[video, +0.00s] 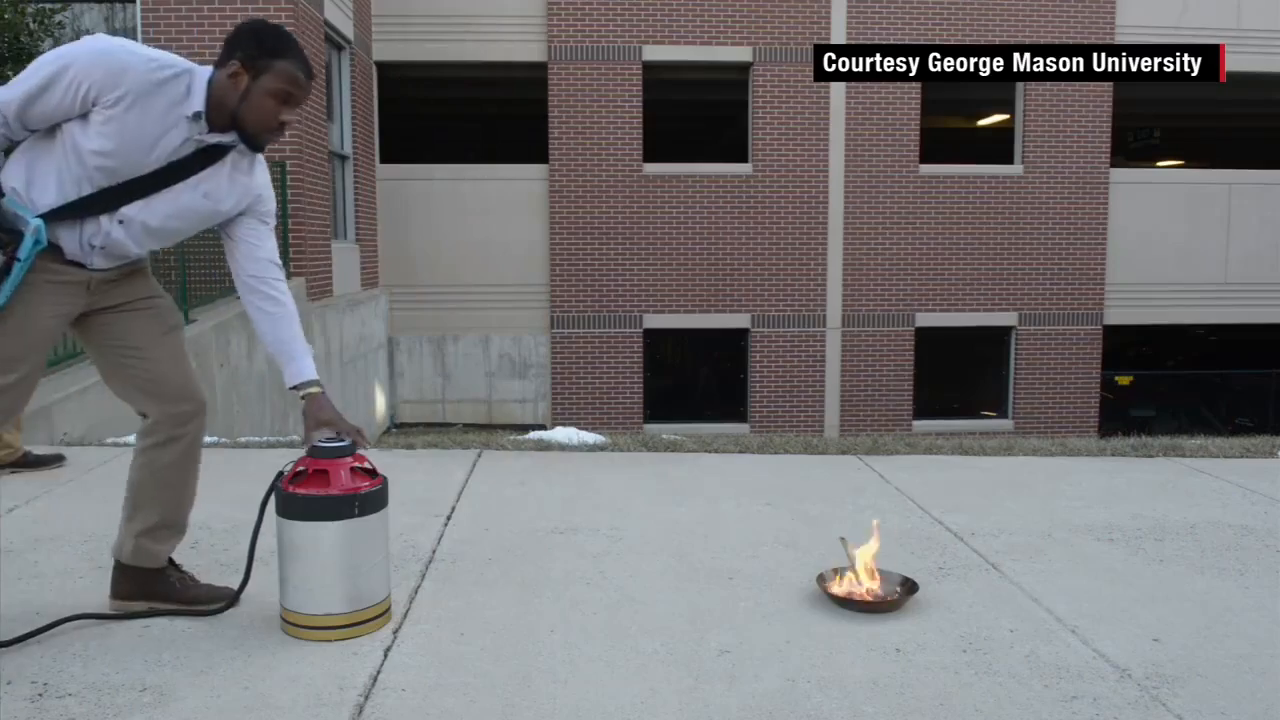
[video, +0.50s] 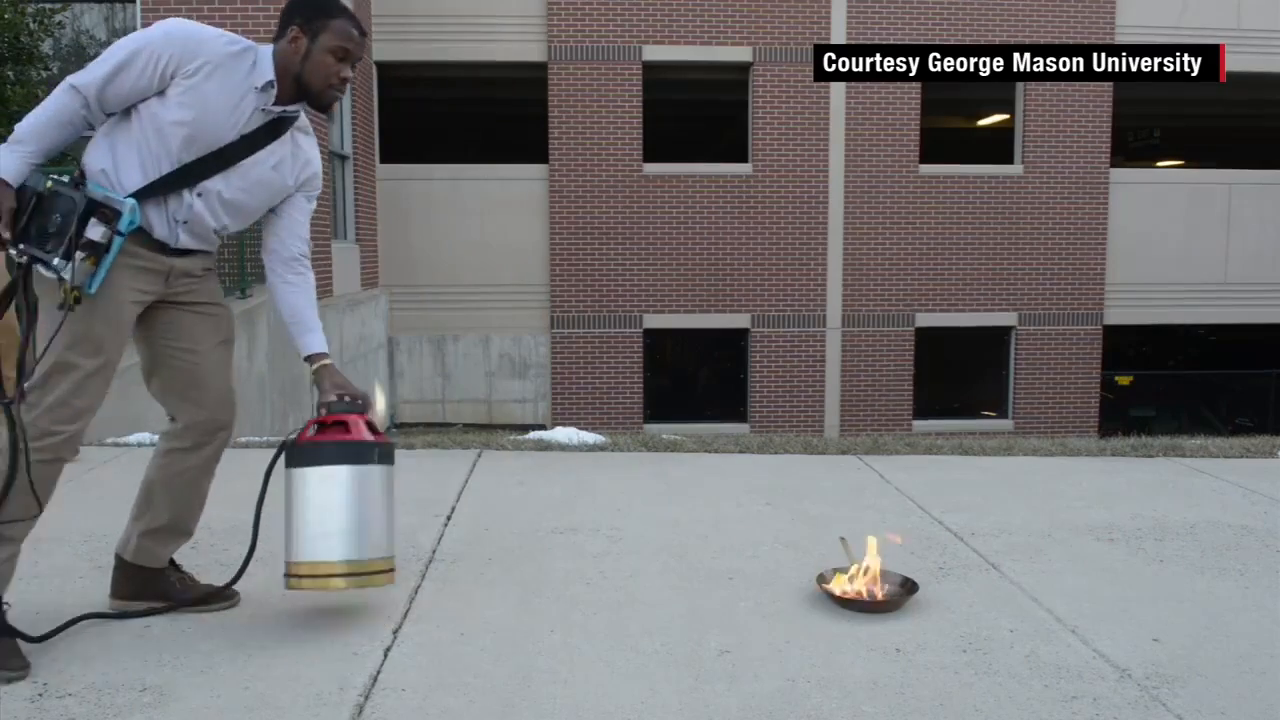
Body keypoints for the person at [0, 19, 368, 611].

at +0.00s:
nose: (286, 121)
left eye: (295, 109)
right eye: (282, 100)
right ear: (235, 74)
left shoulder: (247, 185)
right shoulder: (113, 67)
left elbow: (266, 289)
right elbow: (7, 113)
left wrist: (312, 394)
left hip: (119, 275)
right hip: (30, 257)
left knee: (179, 408)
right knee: (3, 419)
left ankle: (142, 570)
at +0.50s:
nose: (349, 76)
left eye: (357, 65)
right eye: (341, 57)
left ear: (348, 68)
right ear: (293, 40)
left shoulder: (302, 163)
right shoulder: (189, 48)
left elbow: (289, 265)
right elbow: (82, 95)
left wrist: (322, 363)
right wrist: (9, 172)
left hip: (189, 271)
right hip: (104, 246)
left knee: (207, 416)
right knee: (50, 427)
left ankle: (144, 570)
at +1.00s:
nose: (362, 8)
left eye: (363, 1)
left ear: (342, 7)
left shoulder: (335, 82)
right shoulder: (222, 15)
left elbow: (326, 192)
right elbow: (130, 101)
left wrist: (390, 265)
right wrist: (126, 204)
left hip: (272, 257)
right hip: (214, 249)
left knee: (214, 419)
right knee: (262, 424)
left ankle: (145, 562)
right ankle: (312, 598)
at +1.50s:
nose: (477, 0)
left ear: (457, 5)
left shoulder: (457, 74)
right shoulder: (343, 9)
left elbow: (463, 185)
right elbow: (273, 107)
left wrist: (523, 269)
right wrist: (281, 215)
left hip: (443, 249)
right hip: (372, 251)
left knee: (482, 398)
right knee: (372, 434)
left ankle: (512, 548)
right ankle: (337, 605)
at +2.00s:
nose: (644, 30)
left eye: (649, 18)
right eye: (640, 13)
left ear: (612, 11)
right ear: (604, 1)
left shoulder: (604, 100)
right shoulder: (505, 17)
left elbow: (590, 208)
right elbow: (428, 96)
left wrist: (620, 295)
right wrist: (402, 191)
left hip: (566, 249)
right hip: (492, 234)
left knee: (564, 406)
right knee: (477, 405)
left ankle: (558, 557)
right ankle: (417, 565)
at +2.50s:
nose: (693, 46)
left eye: (700, 35)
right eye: (690, 28)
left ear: (663, 18)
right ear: (651, 7)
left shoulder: (649, 117)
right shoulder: (561, 22)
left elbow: (630, 220)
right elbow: (473, 88)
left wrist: (659, 307)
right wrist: (432, 175)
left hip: (588, 253)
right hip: (512, 236)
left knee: (572, 408)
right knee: (475, 403)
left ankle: (556, 557)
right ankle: (427, 562)